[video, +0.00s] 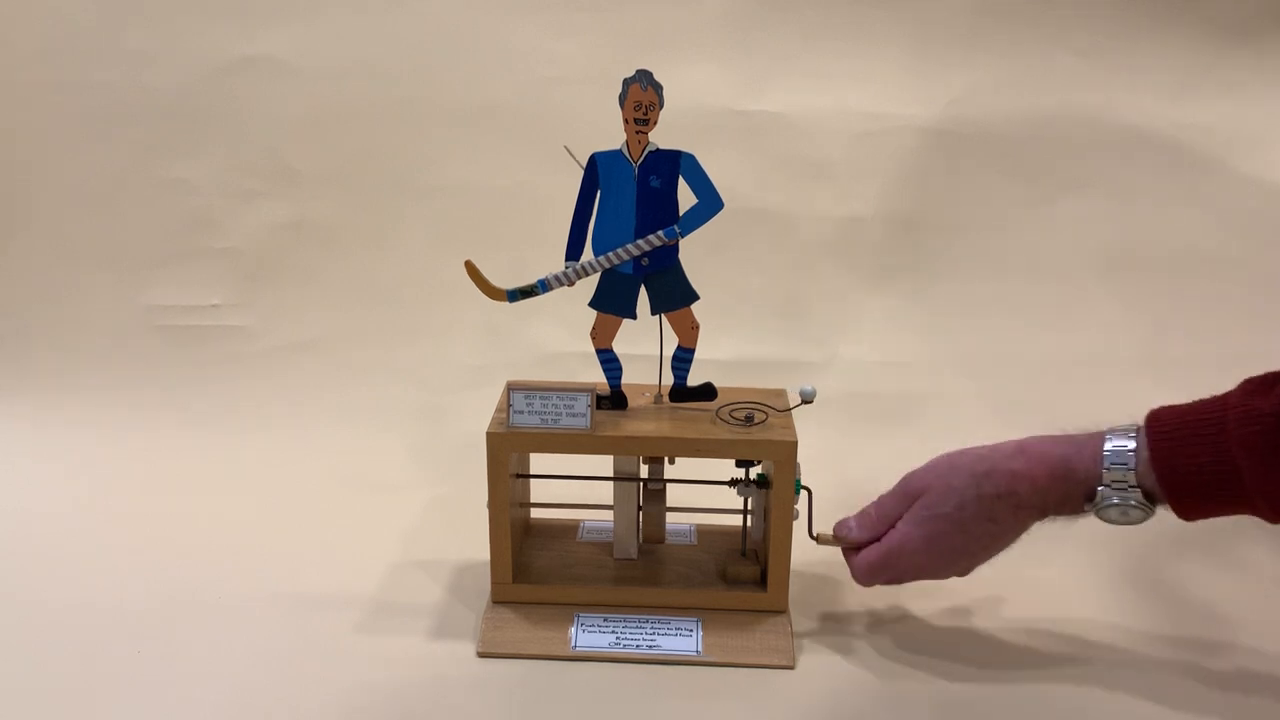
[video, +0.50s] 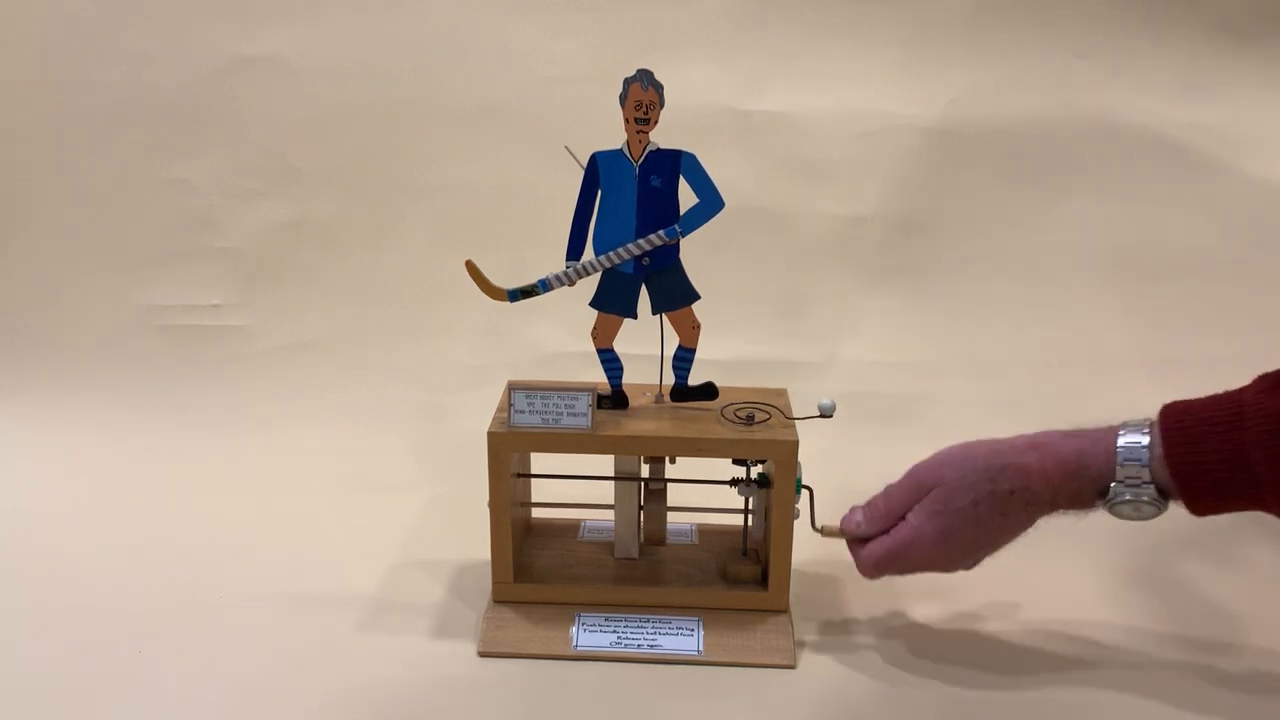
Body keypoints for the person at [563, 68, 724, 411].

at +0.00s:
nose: (643, 112)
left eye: (651, 106)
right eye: (636, 105)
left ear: (659, 113)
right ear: (622, 110)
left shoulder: (676, 161)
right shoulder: (600, 163)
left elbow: (713, 202)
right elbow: (581, 217)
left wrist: (676, 232)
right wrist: (571, 265)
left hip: (662, 265)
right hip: (618, 266)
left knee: (689, 330)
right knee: (601, 337)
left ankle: (678, 389)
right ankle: (616, 393)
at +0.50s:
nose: (644, 112)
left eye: (651, 105)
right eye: (637, 104)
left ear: (660, 112)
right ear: (622, 109)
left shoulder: (677, 160)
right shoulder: (601, 162)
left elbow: (714, 202)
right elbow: (582, 216)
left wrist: (676, 232)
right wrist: (572, 264)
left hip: (663, 264)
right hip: (619, 266)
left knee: (690, 330)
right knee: (601, 336)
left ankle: (680, 389)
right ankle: (617, 393)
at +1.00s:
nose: (645, 112)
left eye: (652, 106)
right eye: (638, 105)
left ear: (661, 113)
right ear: (623, 110)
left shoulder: (678, 162)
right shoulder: (602, 163)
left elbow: (715, 203)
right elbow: (583, 217)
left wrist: (677, 233)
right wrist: (573, 265)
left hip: (664, 265)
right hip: (620, 266)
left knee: (691, 331)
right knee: (602, 336)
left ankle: (680, 390)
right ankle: (618, 393)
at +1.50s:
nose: (645, 113)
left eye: (652, 108)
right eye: (638, 106)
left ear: (661, 115)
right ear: (624, 112)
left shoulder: (678, 163)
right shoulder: (602, 165)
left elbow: (715, 204)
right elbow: (583, 218)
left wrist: (677, 234)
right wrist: (574, 266)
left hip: (664, 265)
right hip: (620, 267)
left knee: (694, 331)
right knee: (603, 337)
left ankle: (685, 390)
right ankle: (618, 395)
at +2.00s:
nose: (644, 116)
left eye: (651, 109)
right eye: (637, 108)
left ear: (660, 115)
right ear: (622, 112)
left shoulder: (678, 163)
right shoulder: (601, 165)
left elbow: (714, 205)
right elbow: (582, 220)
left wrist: (675, 235)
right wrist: (573, 267)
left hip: (665, 265)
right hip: (620, 267)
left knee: (701, 326)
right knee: (603, 339)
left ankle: (700, 385)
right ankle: (619, 396)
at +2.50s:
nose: (643, 117)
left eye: (650, 110)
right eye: (636, 110)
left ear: (659, 117)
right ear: (621, 115)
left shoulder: (676, 166)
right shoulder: (600, 169)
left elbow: (712, 207)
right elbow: (582, 222)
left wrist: (674, 237)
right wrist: (572, 270)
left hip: (666, 263)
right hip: (621, 268)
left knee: (716, 315)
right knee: (603, 341)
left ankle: (729, 373)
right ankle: (618, 399)